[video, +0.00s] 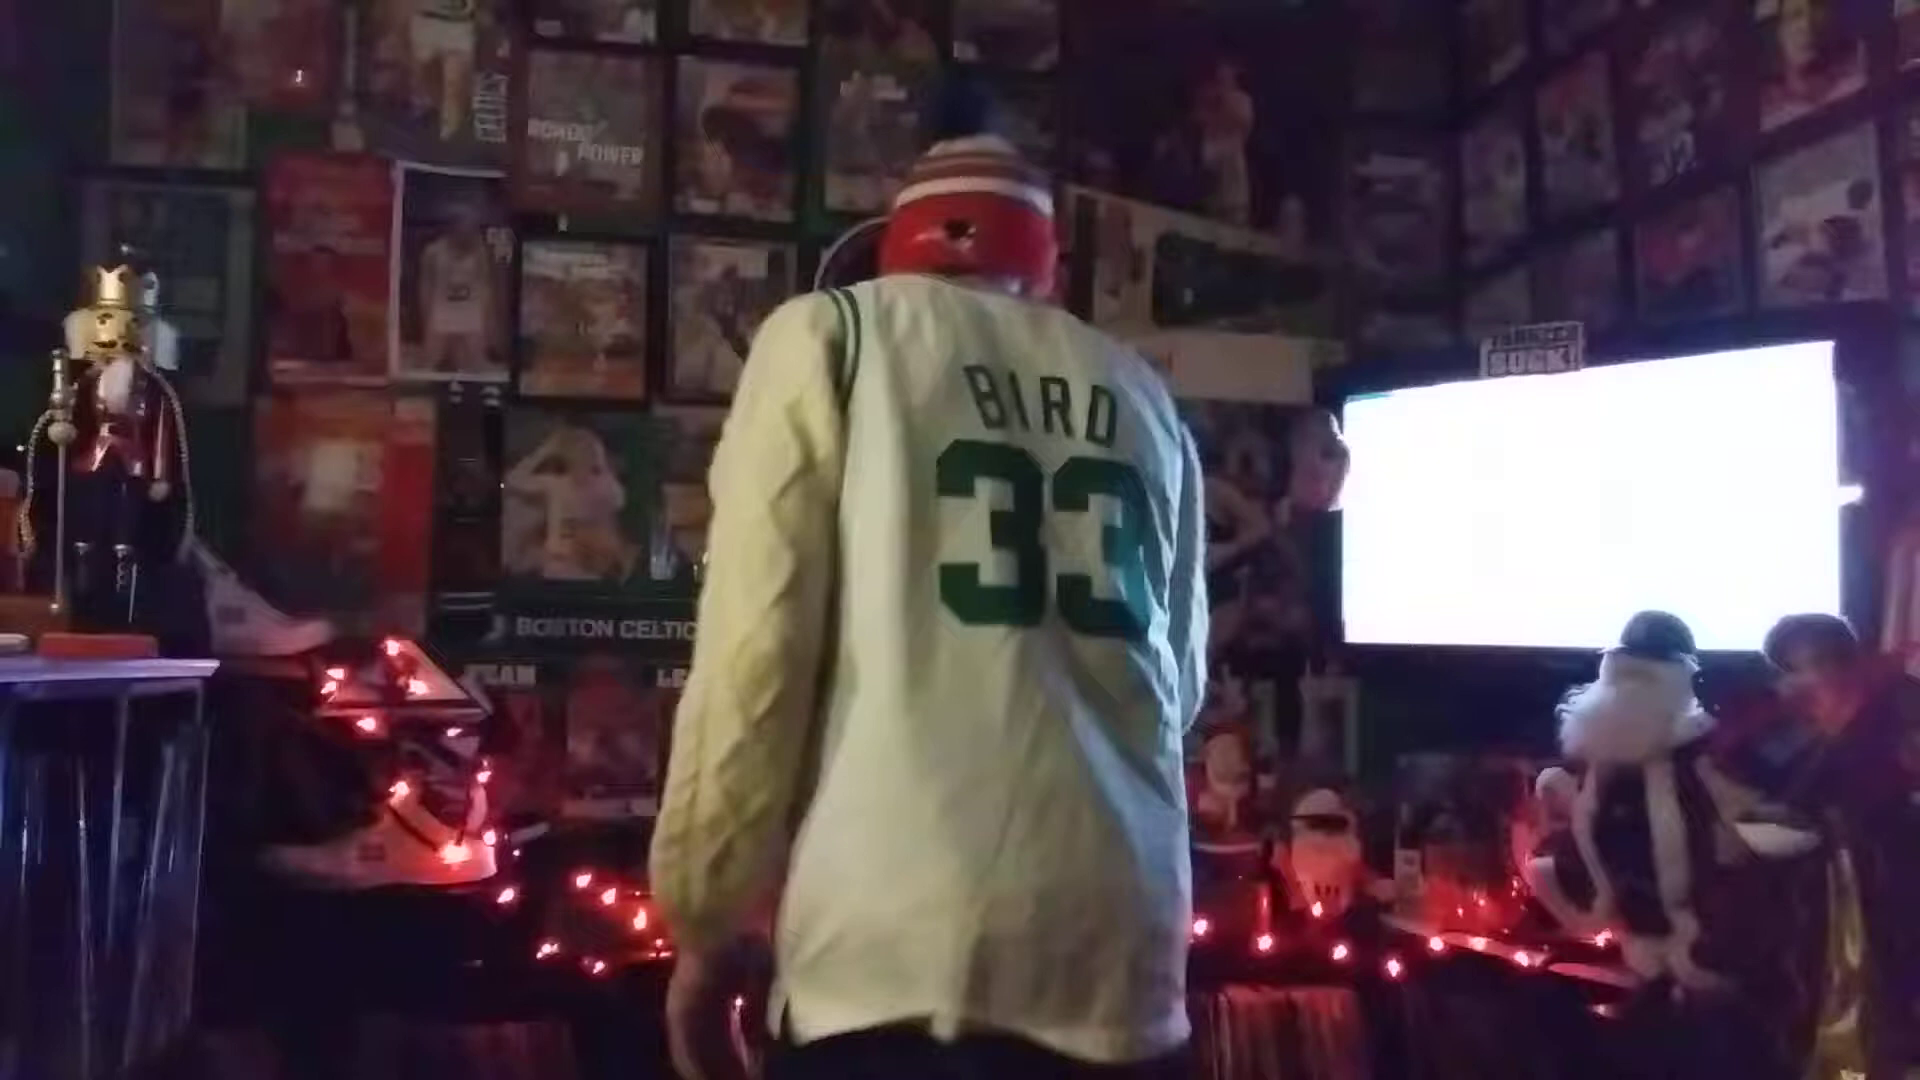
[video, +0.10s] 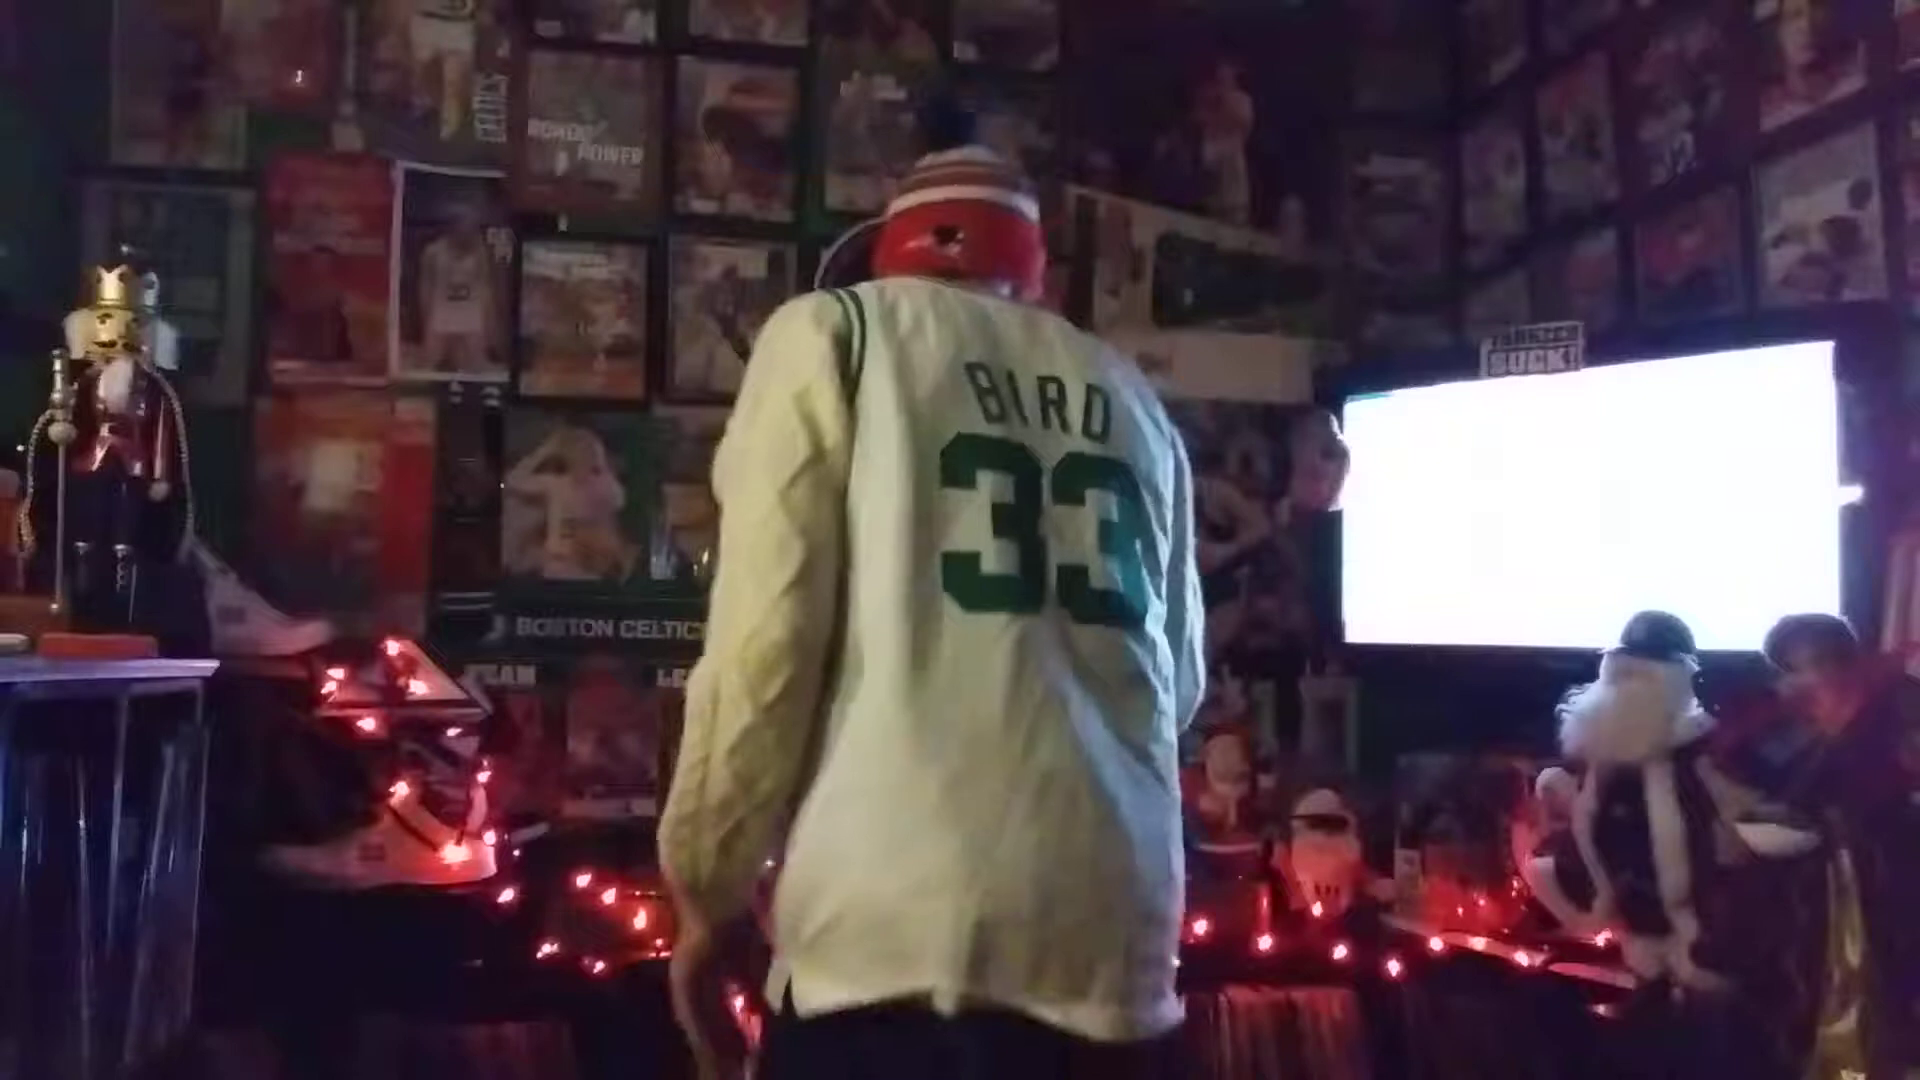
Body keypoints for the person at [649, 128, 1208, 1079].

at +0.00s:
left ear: (896, 249)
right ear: (1048, 273)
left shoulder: (826, 335)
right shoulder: (1150, 400)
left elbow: (759, 643)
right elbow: (1181, 685)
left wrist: (706, 929)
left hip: (888, 926)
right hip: (1121, 953)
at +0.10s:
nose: (874, 280)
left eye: (879, 262)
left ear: (891, 255)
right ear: (1035, 282)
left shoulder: (830, 330)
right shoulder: (1137, 397)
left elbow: (769, 632)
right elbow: (1180, 681)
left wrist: (707, 894)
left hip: (888, 903)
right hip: (1114, 925)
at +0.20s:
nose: (867, 293)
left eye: (871, 272)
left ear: (884, 269)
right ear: (1021, 289)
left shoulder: (824, 336)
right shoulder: (1120, 407)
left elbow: (763, 614)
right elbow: (1182, 684)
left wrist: (704, 852)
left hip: (881, 904)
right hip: (1096, 925)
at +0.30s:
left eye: (869, 284)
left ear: (871, 284)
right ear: (1009, 310)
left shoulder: (800, 358)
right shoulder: (1095, 412)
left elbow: (733, 617)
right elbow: (1177, 684)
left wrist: (693, 839)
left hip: (853, 923)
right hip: (1070, 938)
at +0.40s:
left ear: (851, 301)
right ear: (996, 320)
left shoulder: (765, 381)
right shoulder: (1072, 422)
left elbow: (684, 640)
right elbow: (1159, 676)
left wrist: (688, 841)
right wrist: (1020, 762)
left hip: (824, 928)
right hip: (1045, 936)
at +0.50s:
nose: (990, 338)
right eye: (988, 319)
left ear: (829, 309)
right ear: (975, 318)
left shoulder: (725, 399)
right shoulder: (1043, 419)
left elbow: (639, 665)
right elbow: (1127, 667)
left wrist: (718, 826)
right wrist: (1027, 794)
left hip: (799, 925)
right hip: (1018, 927)